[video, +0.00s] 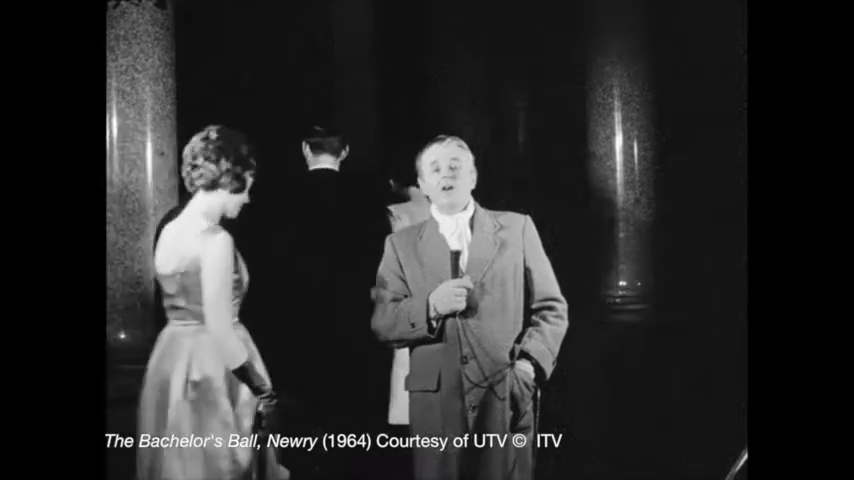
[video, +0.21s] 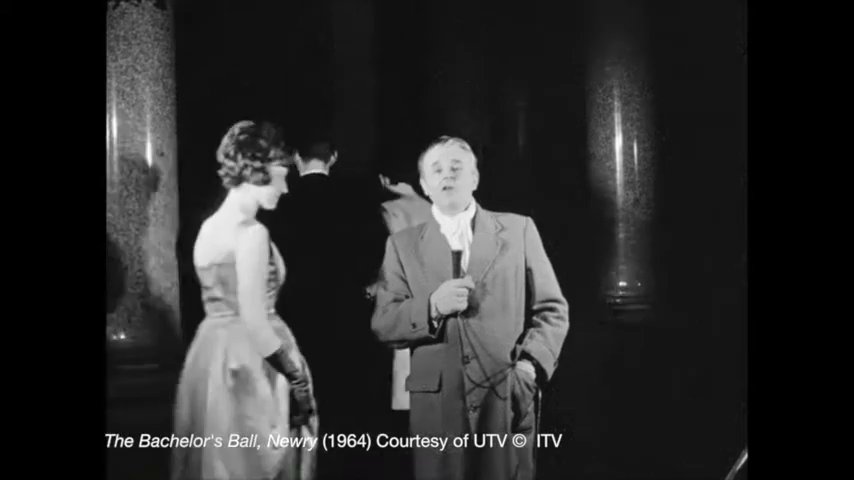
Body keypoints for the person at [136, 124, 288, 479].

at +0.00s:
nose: (247, 199)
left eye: (248, 188)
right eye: (245, 188)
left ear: (204, 179)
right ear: (223, 181)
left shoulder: (169, 232)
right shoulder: (216, 240)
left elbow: (178, 311)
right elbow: (220, 327)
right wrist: (262, 387)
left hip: (172, 347)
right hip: (209, 354)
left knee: (176, 455)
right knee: (216, 456)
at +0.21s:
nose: (286, 188)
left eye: (286, 177)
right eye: (282, 176)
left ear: (251, 173)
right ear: (256, 173)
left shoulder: (209, 229)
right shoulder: (251, 232)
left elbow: (219, 309)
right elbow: (254, 320)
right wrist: (297, 373)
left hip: (212, 348)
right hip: (247, 354)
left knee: (216, 457)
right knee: (256, 458)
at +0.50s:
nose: (330, 189)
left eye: (330, 180)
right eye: (325, 181)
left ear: (292, 180)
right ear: (301, 181)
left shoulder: (260, 233)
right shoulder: (313, 237)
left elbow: (267, 305)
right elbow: (323, 319)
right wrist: (347, 359)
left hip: (265, 346)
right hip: (305, 351)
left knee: (265, 448)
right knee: (308, 454)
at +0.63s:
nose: (348, 184)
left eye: (348, 175)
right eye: (344, 175)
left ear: (306, 175)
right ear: (326, 176)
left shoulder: (280, 226)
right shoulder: (340, 232)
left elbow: (286, 297)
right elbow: (348, 304)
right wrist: (369, 347)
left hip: (286, 337)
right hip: (329, 340)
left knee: (281, 439)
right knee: (328, 442)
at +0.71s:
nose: (364, 187)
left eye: (365, 178)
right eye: (362, 178)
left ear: (323, 173)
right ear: (345, 175)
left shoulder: (291, 225)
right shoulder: (354, 225)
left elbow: (296, 295)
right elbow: (367, 297)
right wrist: (385, 347)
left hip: (299, 331)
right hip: (343, 333)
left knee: (296, 429)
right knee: (342, 433)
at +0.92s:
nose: (397, 191)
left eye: (396, 184)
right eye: (396, 184)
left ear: (351, 180)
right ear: (391, 183)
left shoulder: (321, 229)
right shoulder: (395, 233)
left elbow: (319, 293)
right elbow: (407, 293)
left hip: (327, 332)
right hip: (374, 334)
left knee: (326, 423)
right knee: (377, 427)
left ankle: (326, 475)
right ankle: (375, 475)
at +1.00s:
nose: (411, 198)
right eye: (410, 191)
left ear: (363, 186)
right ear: (406, 190)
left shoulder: (333, 233)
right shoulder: (405, 236)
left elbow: (330, 299)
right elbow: (415, 297)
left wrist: (344, 330)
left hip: (341, 336)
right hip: (390, 337)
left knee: (341, 423)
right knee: (393, 427)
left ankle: (341, 474)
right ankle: (392, 474)